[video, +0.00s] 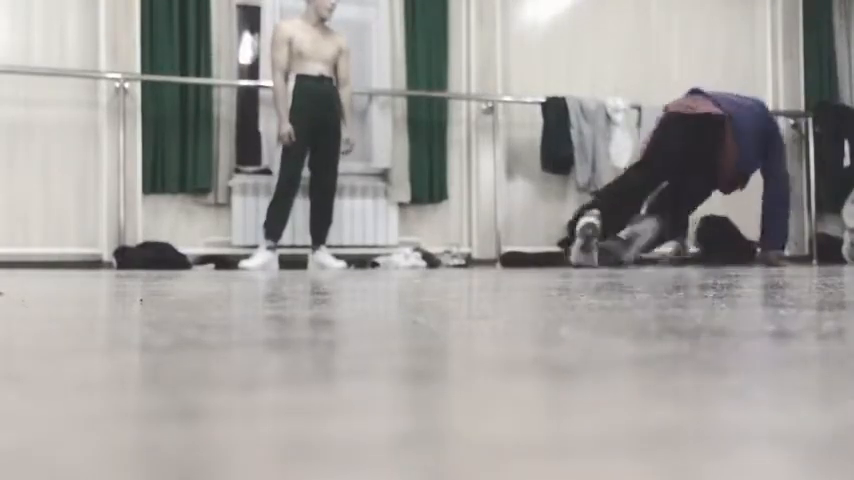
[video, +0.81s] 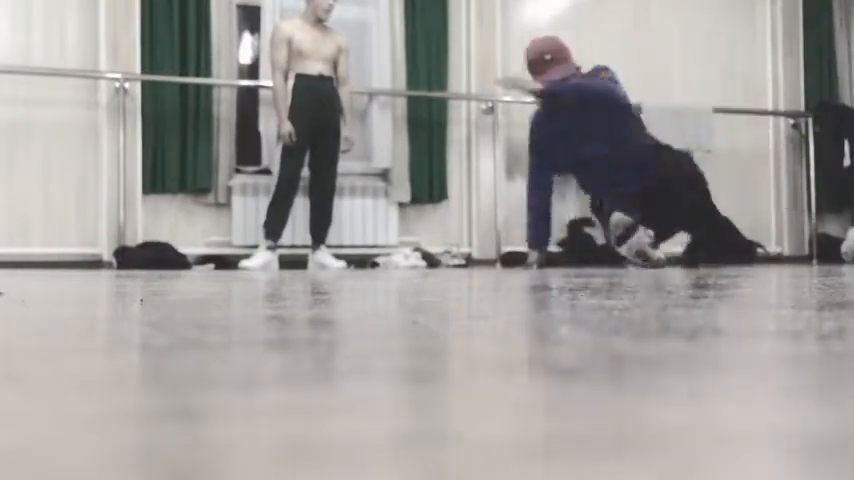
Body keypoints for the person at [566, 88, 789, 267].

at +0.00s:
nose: (724, 189)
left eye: (727, 188)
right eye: (731, 187)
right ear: (744, 171)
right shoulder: (769, 132)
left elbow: (681, 185)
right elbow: (777, 191)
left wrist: (680, 242)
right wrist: (772, 248)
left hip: (678, 117)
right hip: (720, 126)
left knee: (645, 173)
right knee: (682, 198)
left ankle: (593, 217)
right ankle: (639, 236)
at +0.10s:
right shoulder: (754, 128)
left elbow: (670, 198)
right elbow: (774, 188)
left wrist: (676, 251)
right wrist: (766, 245)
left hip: (659, 123)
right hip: (709, 129)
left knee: (634, 195)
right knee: (700, 205)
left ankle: (593, 220)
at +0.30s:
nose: (763, 138)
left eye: (768, 134)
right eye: (765, 131)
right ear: (758, 115)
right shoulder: (737, 103)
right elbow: (766, 155)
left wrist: (736, 241)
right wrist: (763, 202)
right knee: (735, 189)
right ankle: (645, 221)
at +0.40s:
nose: (760, 112)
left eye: (766, 106)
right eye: (763, 103)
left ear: (746, 82)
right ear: (752, 86)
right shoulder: (717, 81)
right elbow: (727, 112)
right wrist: (766, 146)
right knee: (728, 164)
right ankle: (679, 233)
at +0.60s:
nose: (695, 83)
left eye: (699, 76)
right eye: (690, 74)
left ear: (702, 73)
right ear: (669, 64)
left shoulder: (703, 115)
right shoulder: (631, 104)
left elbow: (735, 161)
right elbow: (597, 156)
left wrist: (780, 196)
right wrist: (582, 203)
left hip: (674, 207)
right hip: (622, 206)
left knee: (715, 187)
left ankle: (670, 243)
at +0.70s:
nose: (605, 87)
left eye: (610, 79)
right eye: (597, 81)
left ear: (617, 71)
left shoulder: (637, 93)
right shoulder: (574, 122)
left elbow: (683, 103)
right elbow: (559, 184)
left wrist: (652, 83)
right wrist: (539, 244)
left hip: (676, 187)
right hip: (626, 201)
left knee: (742, 252)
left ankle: (677, 250)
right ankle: (648, 245)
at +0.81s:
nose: (552, 75)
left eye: (546, 71)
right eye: (554, 68)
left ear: (535, 78)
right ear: (571, 62)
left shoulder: (542, 125)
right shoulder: (602, 80)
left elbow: (538, 191)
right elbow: (582, 89)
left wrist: (536, 249)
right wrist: (541, 90)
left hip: (617, 195)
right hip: (660, 166)